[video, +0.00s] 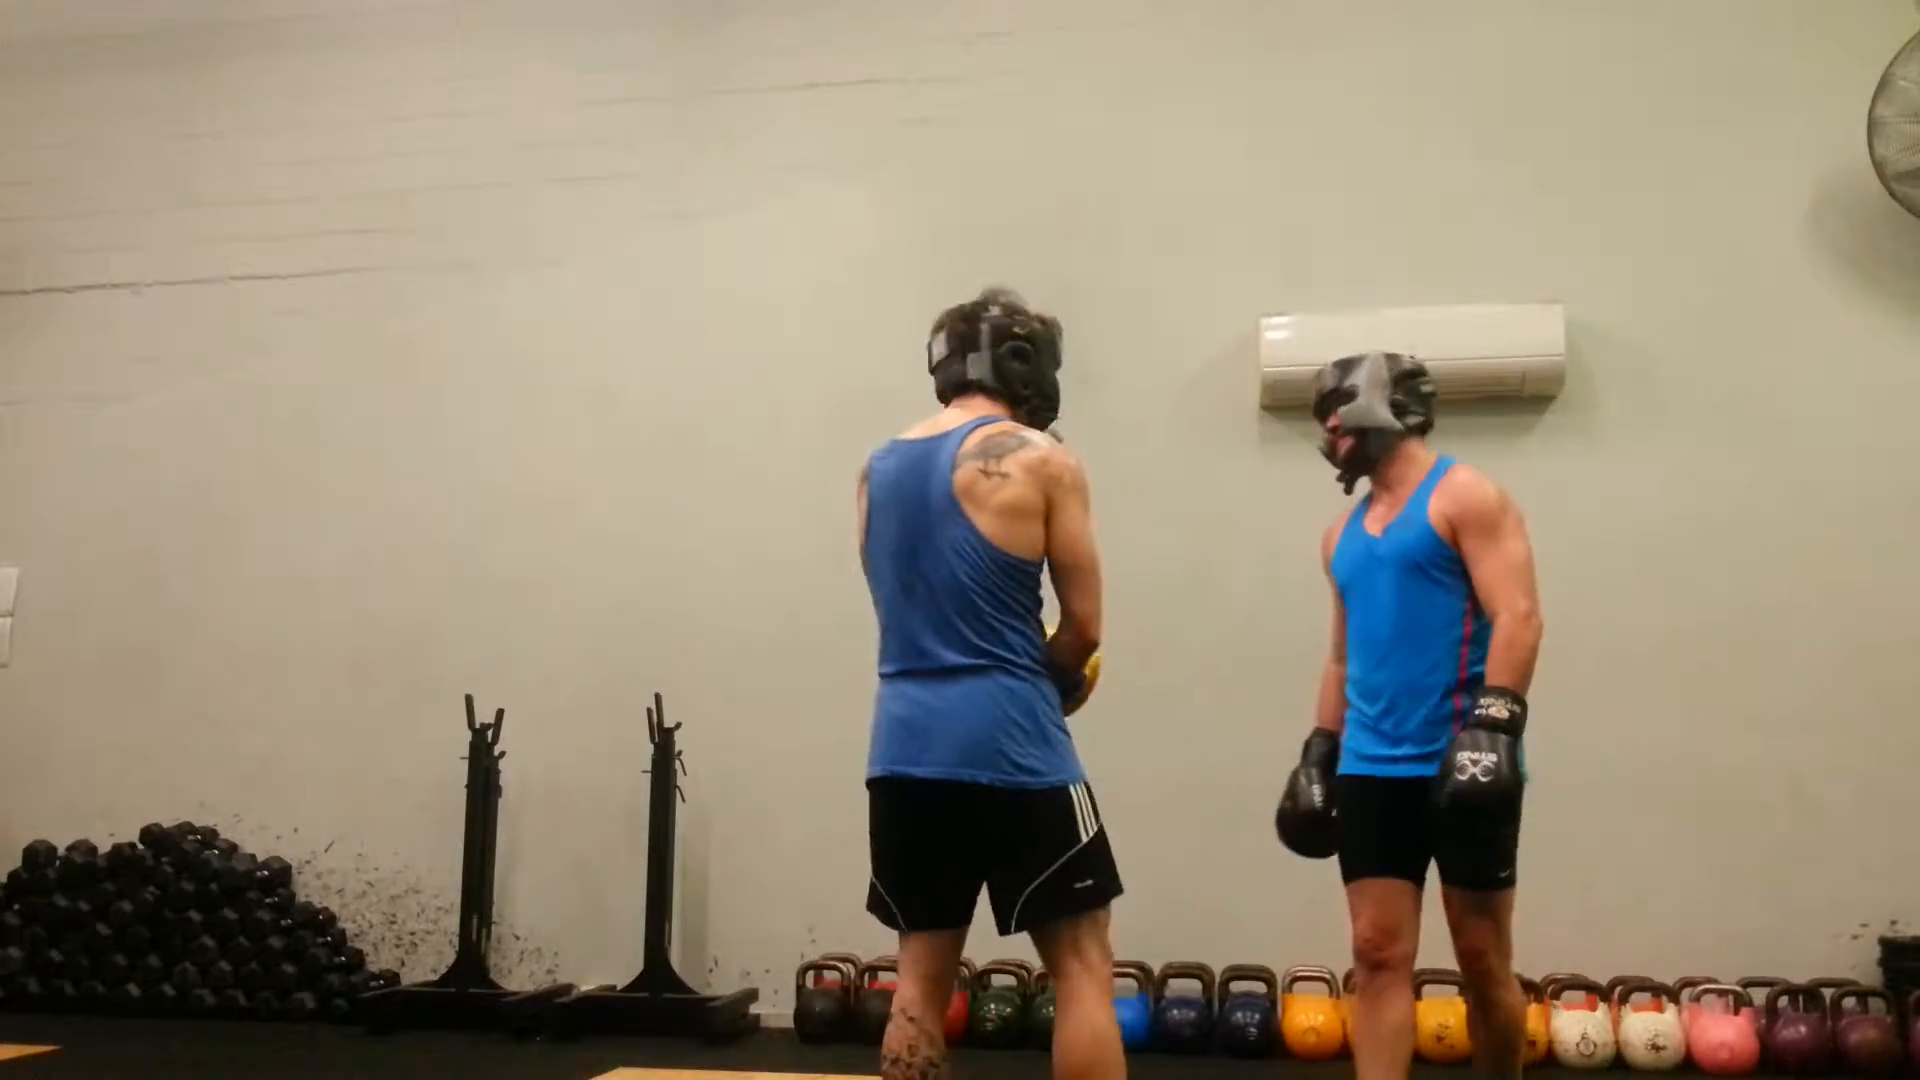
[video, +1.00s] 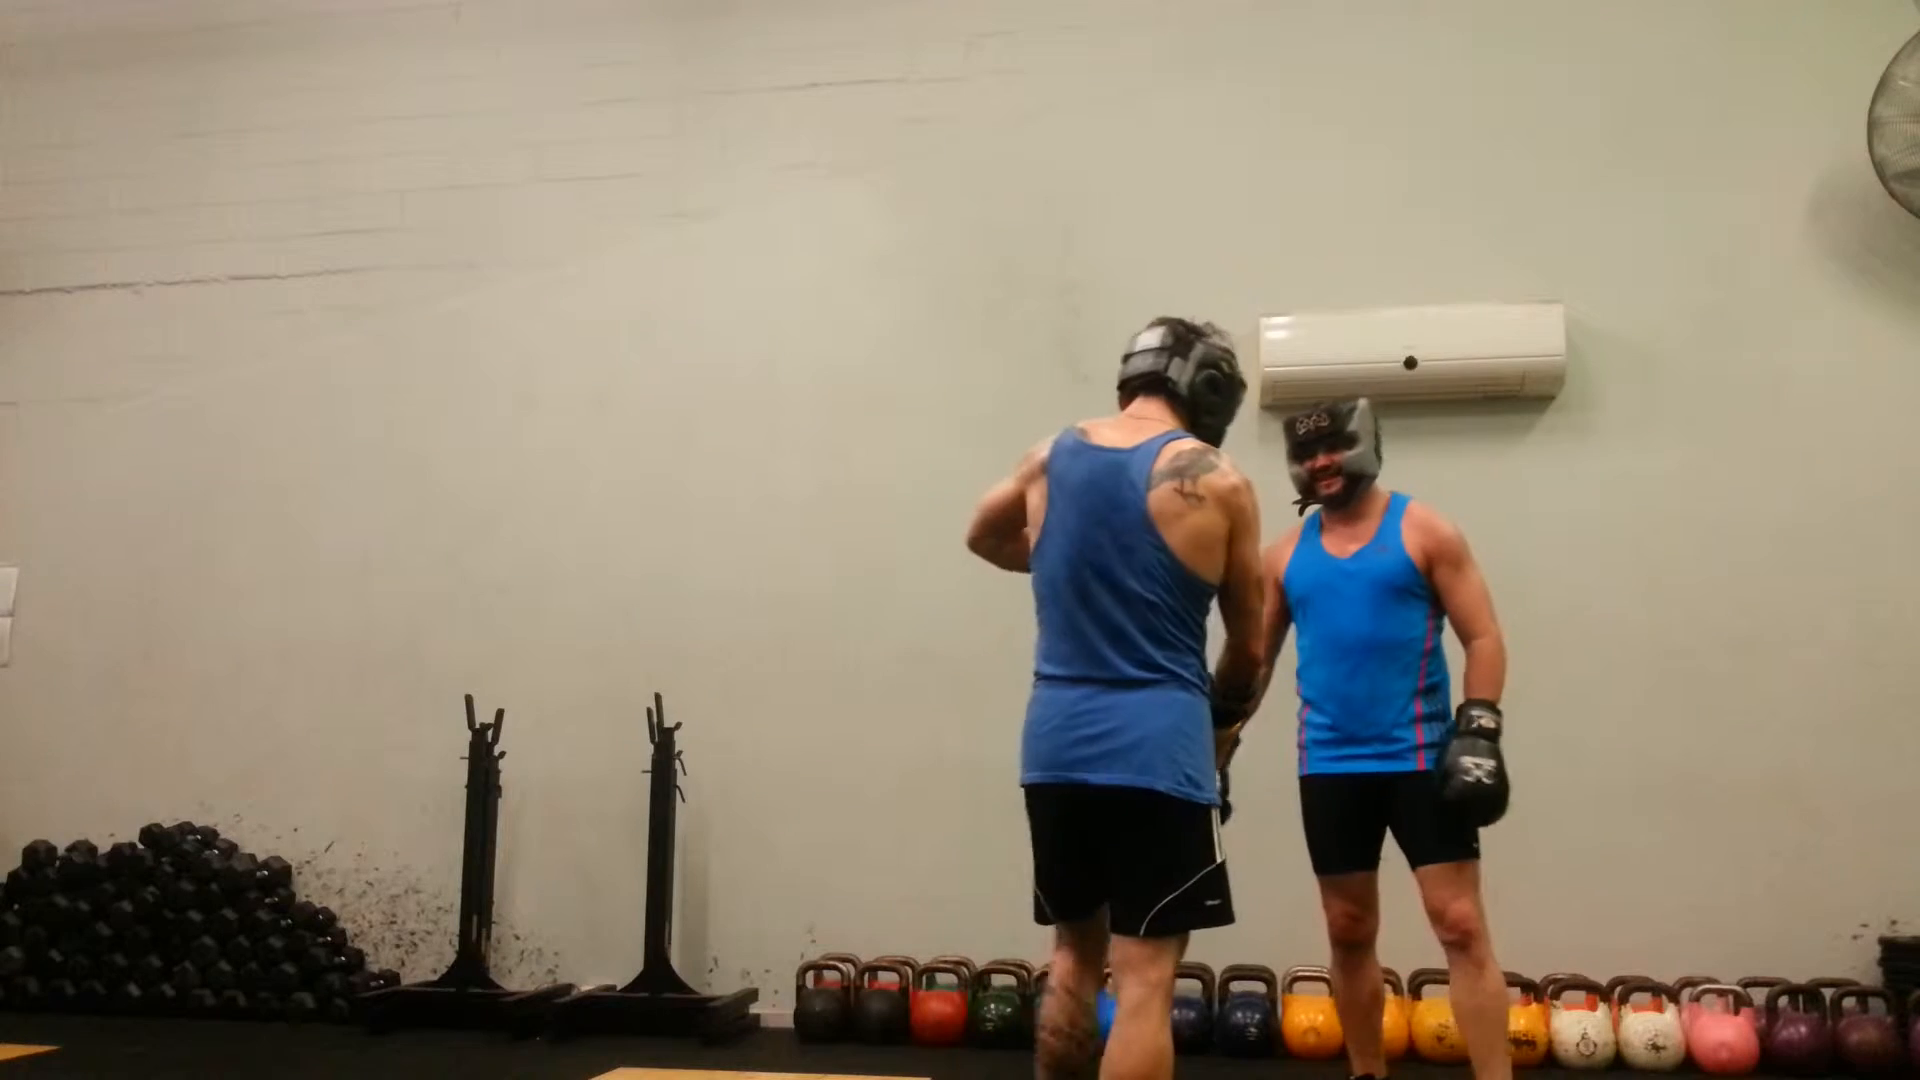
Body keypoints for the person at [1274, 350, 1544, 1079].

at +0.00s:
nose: (1324, 437)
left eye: (1335, 420)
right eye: (1322, 424)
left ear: (1382, 411)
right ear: (1362, 424)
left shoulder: (1467, 497)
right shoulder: (1342, 535)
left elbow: (1518, 615)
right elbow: (1341, 658)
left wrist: (1492, 732)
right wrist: (1317, 758)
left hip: (1462, 768)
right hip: (1370, 771)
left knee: (1481, 960)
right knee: (1377, 955)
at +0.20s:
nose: (1349, 430)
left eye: (1362, 413)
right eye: (1347, 417)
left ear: (1414, 411)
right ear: (1380, 420)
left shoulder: (1488, 506)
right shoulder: (1360, 527)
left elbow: (1530, 629)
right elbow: (1350, 650)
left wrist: (1516, 749)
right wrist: (1327, 754)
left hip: (1473, 768)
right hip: (1379, 769)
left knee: (1496, 950)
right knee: (1373, 944)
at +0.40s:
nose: (1354, 434)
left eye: (1367, 416)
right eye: (1353, 420)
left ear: (1413, 416)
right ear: (1384, 429)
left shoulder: (1490, 510)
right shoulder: (1353, 531)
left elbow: (1543, 633)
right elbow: (1341, 653)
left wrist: (1547, 755)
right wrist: (1318, 759)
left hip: (1475, 765)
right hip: (1375, 765)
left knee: (1495, 944)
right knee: (1353, 939)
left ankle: (1506, 1078)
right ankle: (1366, 1076)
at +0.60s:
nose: (1360, 440)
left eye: (1376, 424)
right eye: (1352, 427)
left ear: (1417, 429)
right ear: (1342, 441)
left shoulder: (1468, 522)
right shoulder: (1329, 539)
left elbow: (1529, 637)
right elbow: (1313, 654)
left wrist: (1556, 750)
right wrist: (1284, 754)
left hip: (1452, 767)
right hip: (1358, 771)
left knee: (1481, 941)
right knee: (1359, 944)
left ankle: (1500, 1077)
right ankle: (1371, 1073)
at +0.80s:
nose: (1336, 447)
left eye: (1352, 432)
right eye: (1324, 436)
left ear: (1389, 438)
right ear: (1314, 451)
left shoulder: (1439, 529)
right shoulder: (1300, 544)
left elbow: (1498, 637)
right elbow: (1273, 651)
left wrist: (1518, 739)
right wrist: (1240, 738)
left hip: (1426, 765)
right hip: (1336, 767)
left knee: (1454, 936)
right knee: (1352, 935)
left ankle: (1487, 1077)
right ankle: (1368, 1073)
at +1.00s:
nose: (1323, 463)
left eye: (1337, 447)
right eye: (1308, 453)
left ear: (1368, 448)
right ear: (1295, 466)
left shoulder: (1425, 532)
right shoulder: (1283, 555)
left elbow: (1482, 637)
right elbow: (1251, 665)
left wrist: (1478, 732)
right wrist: (1214, 750)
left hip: (1423, 762)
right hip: (1331, 769)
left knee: (1460, 926)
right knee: (1348, 930)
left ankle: (1493, 1076)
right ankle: (1367, 1072)